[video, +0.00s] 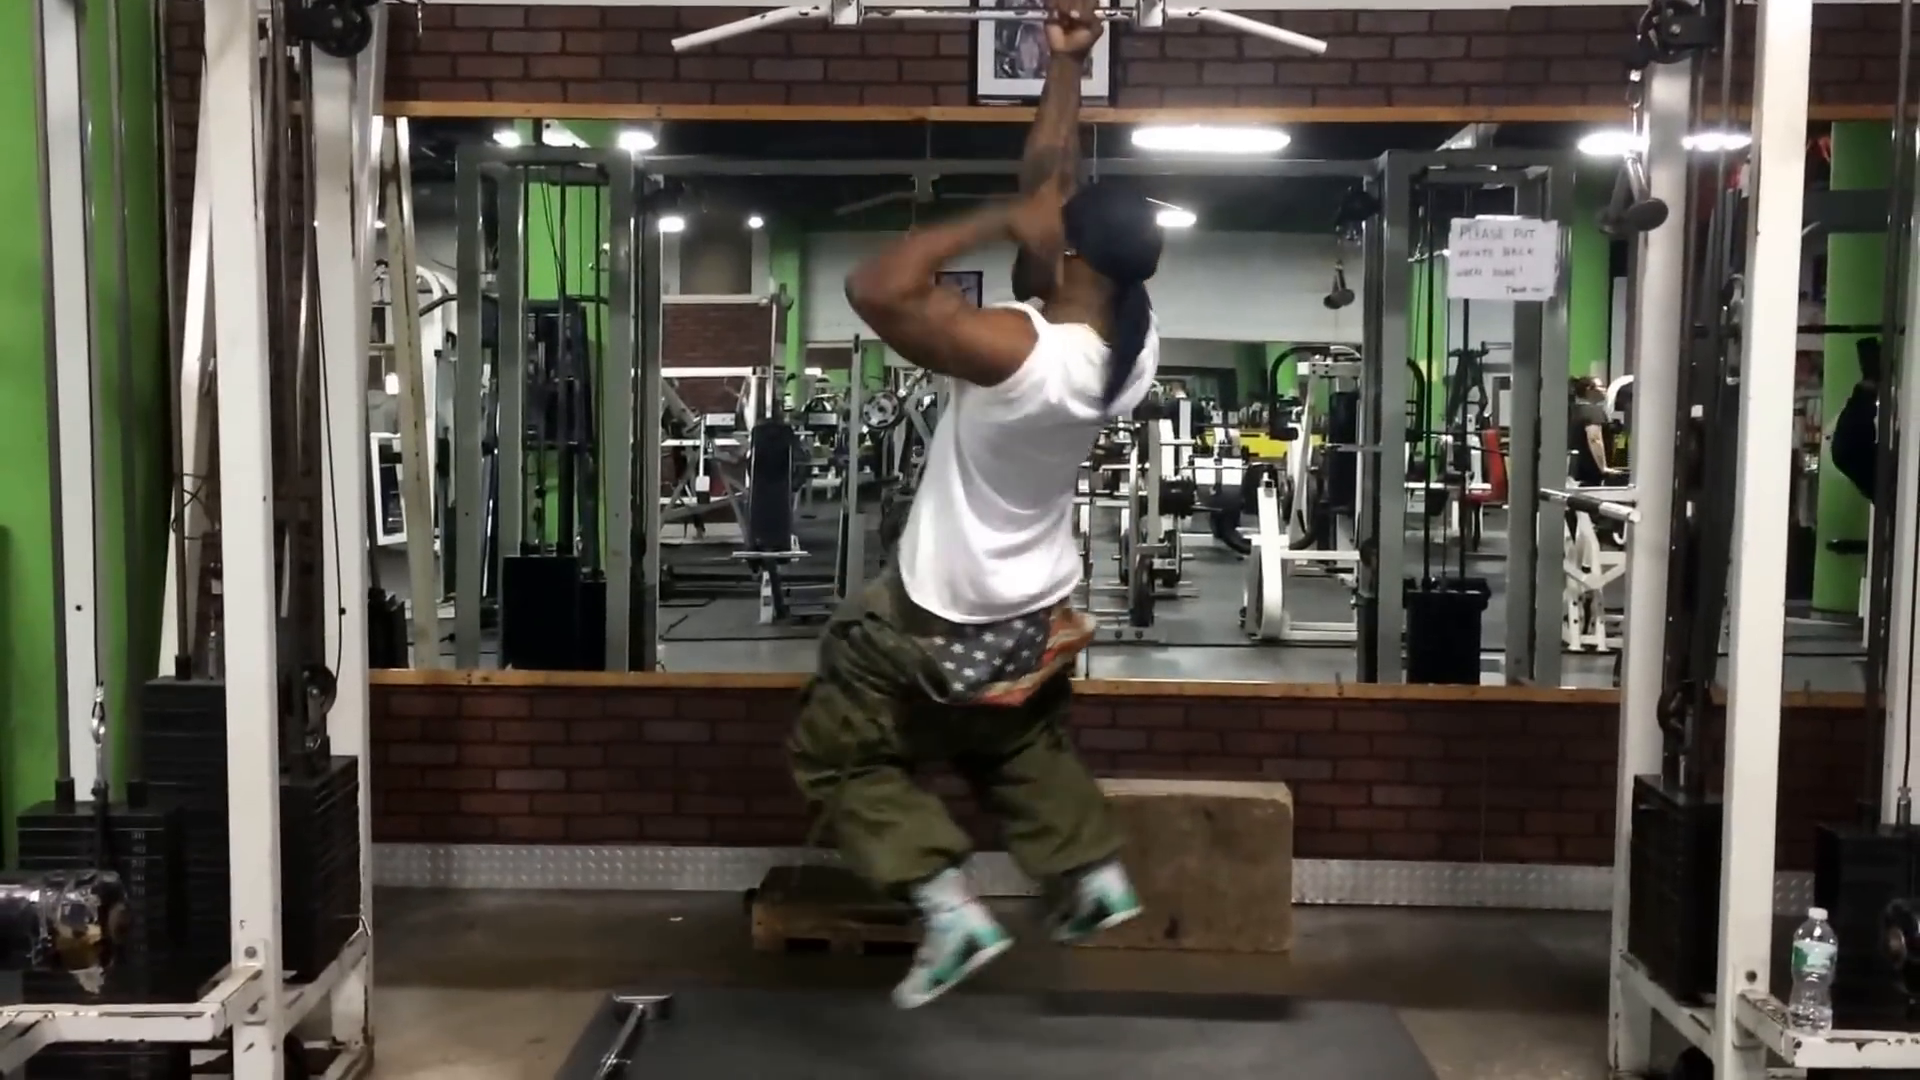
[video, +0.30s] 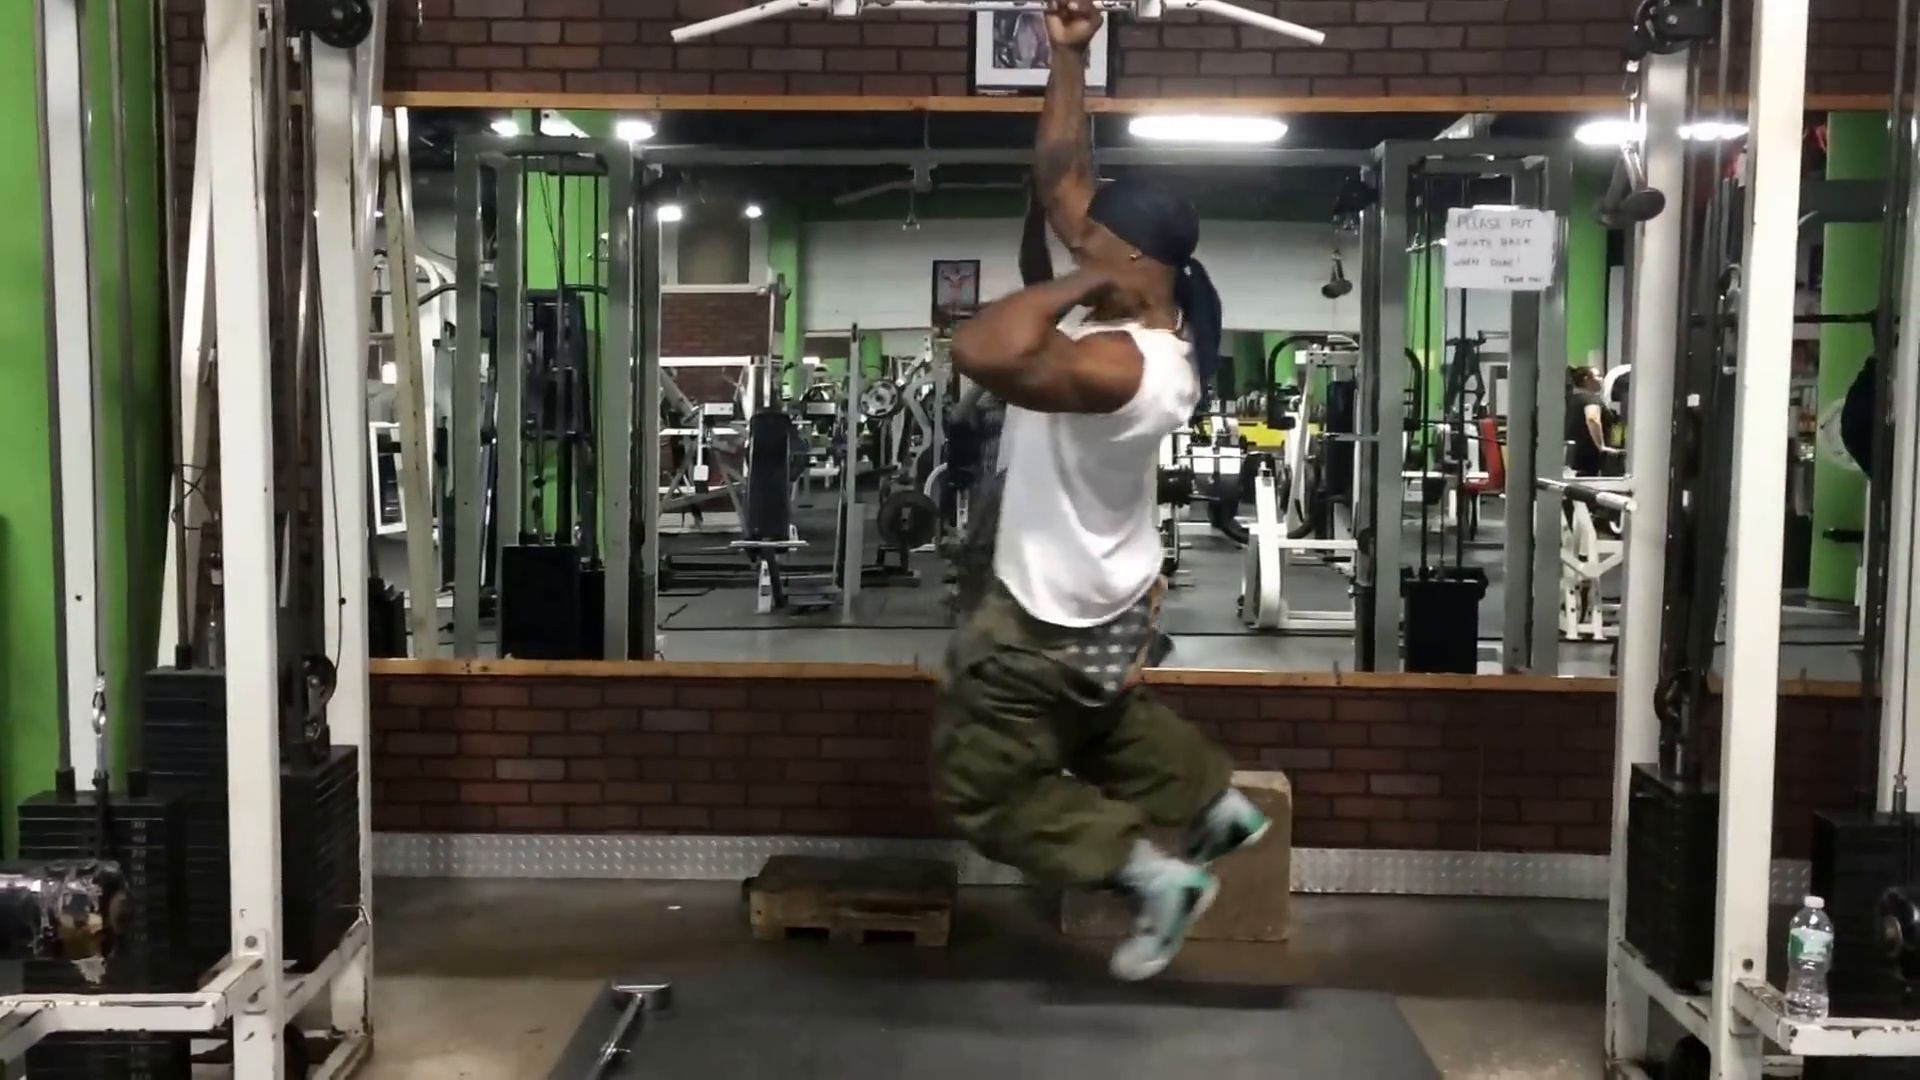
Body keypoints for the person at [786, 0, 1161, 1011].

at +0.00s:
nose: (1045, 227)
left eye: (1054, 221)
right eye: (1055, 215)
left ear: (1066, 253)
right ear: (1129, 264)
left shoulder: (1015, 345)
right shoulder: (1124, 337)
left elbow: (877, 289)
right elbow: (1048, 194)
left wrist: (998, 223)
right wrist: (1064, 64)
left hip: (936, 626)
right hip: (1043, 611)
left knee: (838, 752)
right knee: (1013, 736)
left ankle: (947, 907)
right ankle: (1094, 876)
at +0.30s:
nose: (1087, 253)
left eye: (1101, 243)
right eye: (1091, 242)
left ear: (1137, 266)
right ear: (1150, 262)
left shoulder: (1125, 365)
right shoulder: (1148, 315)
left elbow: (978, 349)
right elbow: (1061, 180)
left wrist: (1085, 284)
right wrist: (1068, 54)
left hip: (1052, 609)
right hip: (1114, 591)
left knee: (985, 784)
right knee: (1085, 722)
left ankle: (1154, 881)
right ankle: (1212, 808)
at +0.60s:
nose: (1128, 248)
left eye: (1143, 237)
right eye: (1133, 236)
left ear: (1195, 247)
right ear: (1176, 247)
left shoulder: (1215, 336)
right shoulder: (1171, 296)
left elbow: (1131, 304)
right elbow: (1075, 176)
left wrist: (1199, 247)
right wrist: (1069, 49)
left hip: (1143, 591)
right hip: (1146, 573)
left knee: (1107, 817)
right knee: (1159, 712)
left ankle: (1287, 846)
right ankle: (1282, 773)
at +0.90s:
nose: (1142, 203)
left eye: (1154, 192)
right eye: (1150, 190)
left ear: (1191, 213)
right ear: (1187, 213)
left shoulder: (1220, 293)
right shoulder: (1156, 258)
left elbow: (1163, 275)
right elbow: (1073, 174)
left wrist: (1203, 163)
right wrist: (1068, 46)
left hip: (1149, 566)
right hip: (1117, 555)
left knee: (1115, 809)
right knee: (1136, 716)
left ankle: (1296, 853)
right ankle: (1277, 782)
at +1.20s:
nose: (1145, 248)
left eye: (1164, 243)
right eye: (1155, 240)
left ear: (1200, 270)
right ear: (1167, 259)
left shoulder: (1177, 329)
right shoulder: (1128, 305)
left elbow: (1091, 243)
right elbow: (1056, 174)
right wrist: (1066, 47)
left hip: (1060, 590)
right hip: (1065, 585)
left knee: (998, 808)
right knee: (1066, 757)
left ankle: (1187, 893)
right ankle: (1195, 847)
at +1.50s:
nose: (1078, 244)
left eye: (1098, 231)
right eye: (1090, 229)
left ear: (1135, 255)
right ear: (1123, 247)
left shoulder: (1124, 335)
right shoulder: (1102, 318)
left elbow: (1053, 239)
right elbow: (1046, 176)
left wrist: (1161, 228)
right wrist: (1064, 44)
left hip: (963, 571)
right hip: (997, 581)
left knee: (827, 768)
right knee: (934, 741)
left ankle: (976, 939)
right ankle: (1035, 881)